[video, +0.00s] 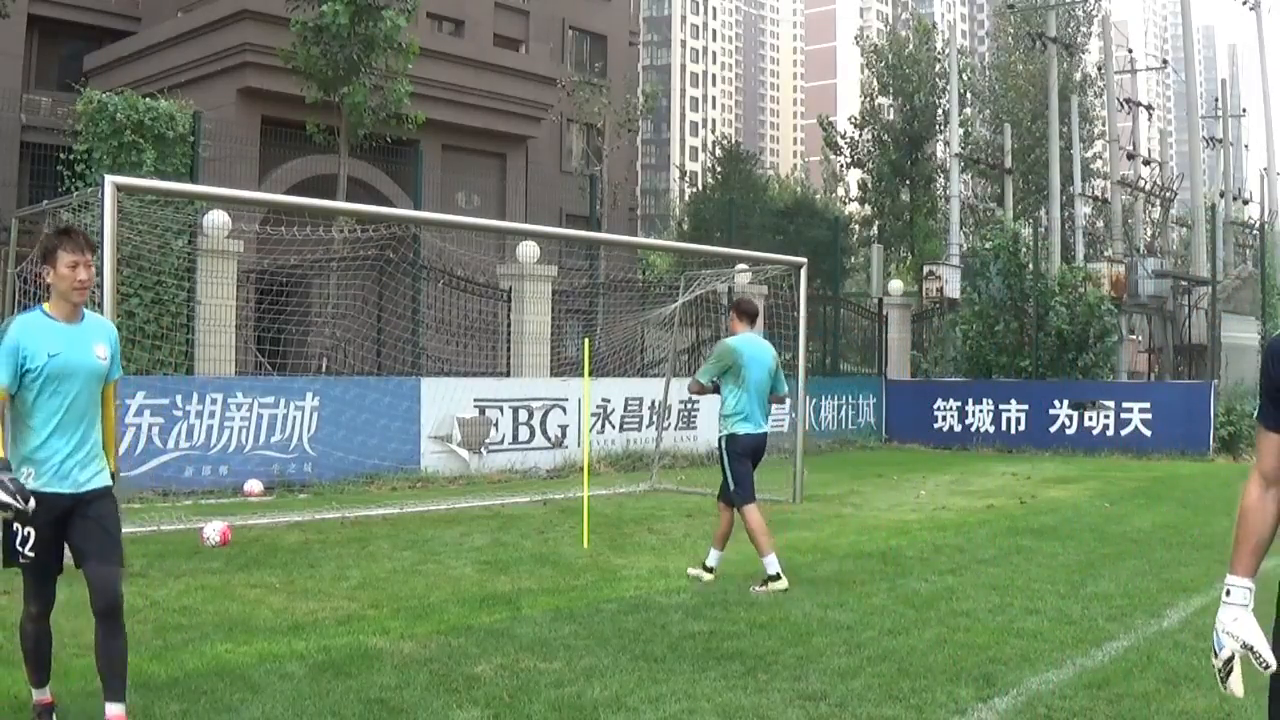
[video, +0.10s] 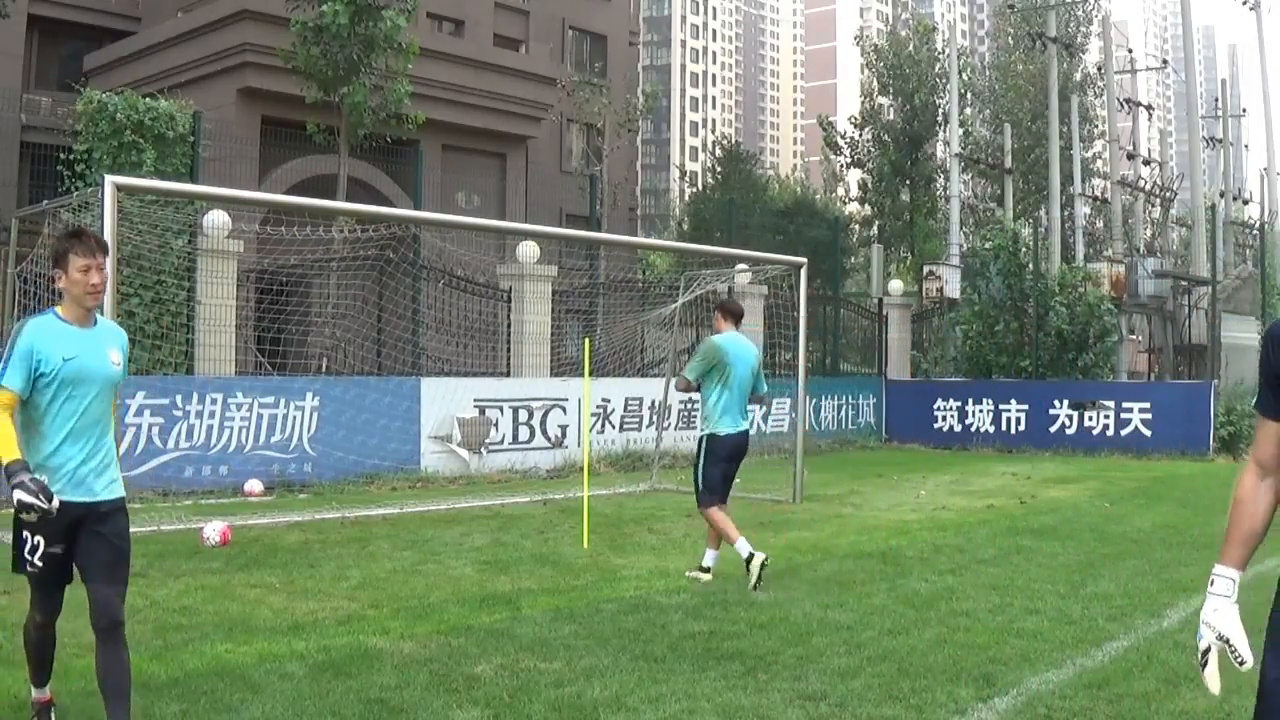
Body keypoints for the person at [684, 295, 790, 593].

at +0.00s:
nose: (728, 323)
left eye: (729, 318)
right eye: (731, 319)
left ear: (735, 319)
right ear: (754, 320)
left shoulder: (728, 347)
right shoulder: (769, 349)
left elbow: (696, 386)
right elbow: (779, 395)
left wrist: (719, 386)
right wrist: (749, 390)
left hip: (734, 436)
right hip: (759, 437)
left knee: (747, 505)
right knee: (727, 501)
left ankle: (775, 574)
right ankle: (709, 567)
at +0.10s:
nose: (714, 323)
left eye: (715, 319)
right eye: (716, 319)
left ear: (721, 319)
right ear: (738, 320)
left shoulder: (714, 344)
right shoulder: (753, 349)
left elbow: (683, 384)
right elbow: (759, 397)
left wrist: (705, 384)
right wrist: (728, 391)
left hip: (715, 436)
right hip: (740, 436)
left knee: (708, 505)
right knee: (719, 503)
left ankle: (750, 556)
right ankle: (707, 566)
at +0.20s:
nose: (704, 321)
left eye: (705, 317)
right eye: (706, 317)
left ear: (711, 318)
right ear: (728, 319)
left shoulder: (705, 342)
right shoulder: (740, 347)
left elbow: (675, 381)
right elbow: (745, 394)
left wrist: (697, 380)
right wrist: (705, 383)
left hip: (705, 433)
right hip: (730, 433)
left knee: (682, 497)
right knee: (713, 498)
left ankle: (723, 544)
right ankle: (707, 565)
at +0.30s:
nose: (689, 321)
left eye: (690, 317)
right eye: (691, 317)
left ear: (696, 316)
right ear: (715, 317)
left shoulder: (692, 340)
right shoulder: (726, 346)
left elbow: (663, 380)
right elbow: (727, 390)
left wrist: (672, 377)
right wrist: (684, 381)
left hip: (689, 431)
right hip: (716, 432)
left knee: (659, 488)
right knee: (705, 497)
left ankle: (679, 547)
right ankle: (705, 566)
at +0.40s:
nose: (680, 324)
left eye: (681, 319)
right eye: (682, 319)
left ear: (686, 318)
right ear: (705, 320)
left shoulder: (680, 341)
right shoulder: (716, 345)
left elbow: (652, 381)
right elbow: (718, 389)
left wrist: (673, 381)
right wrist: (685, 383)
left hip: (678, 431)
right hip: (707, 431)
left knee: (652, 488)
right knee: (700, 497)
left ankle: (646, 556)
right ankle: (704, 565)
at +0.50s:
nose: (665, 326)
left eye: (666, 322)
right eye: (667, 322)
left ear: (671, 321)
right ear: (690, 323)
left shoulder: (661, 343)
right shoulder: (703, 349)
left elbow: (636, 384)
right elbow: (707, 392)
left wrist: (658, 382)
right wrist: (680, 382)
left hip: (663, 434)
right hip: (692, 434)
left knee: (643, 495)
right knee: (688, 497)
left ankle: (629, 557)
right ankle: (702, 562)